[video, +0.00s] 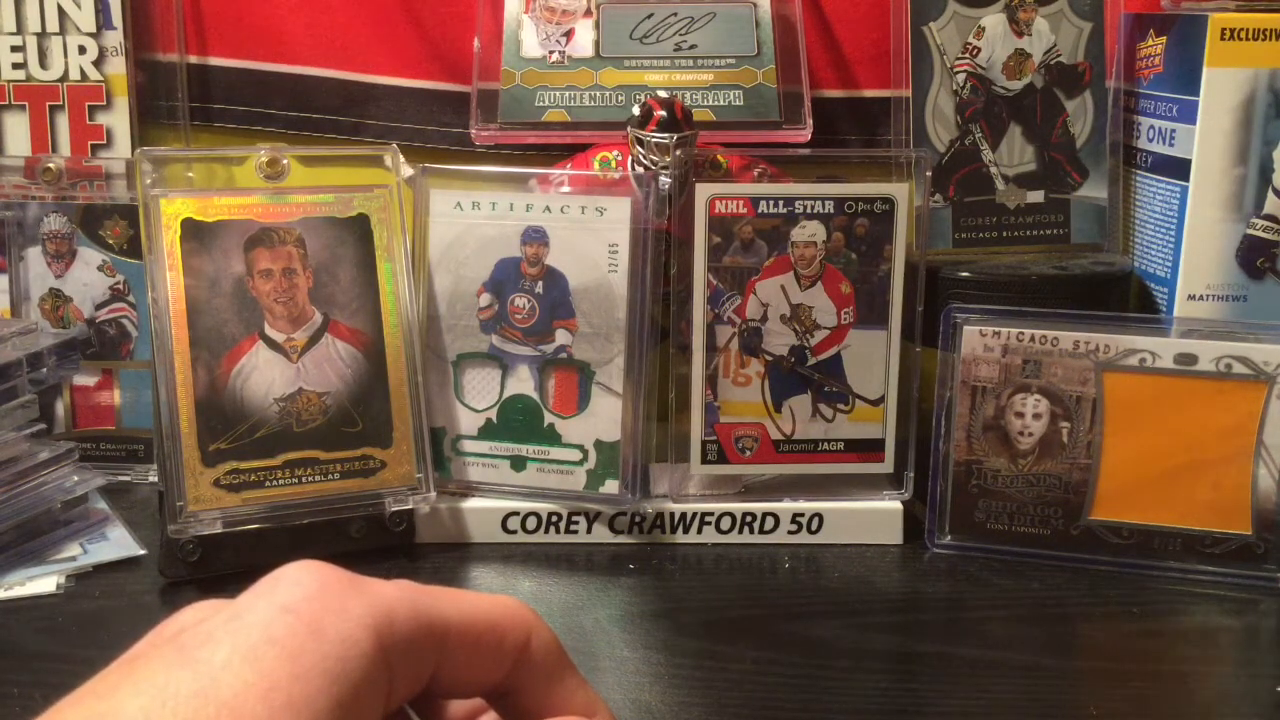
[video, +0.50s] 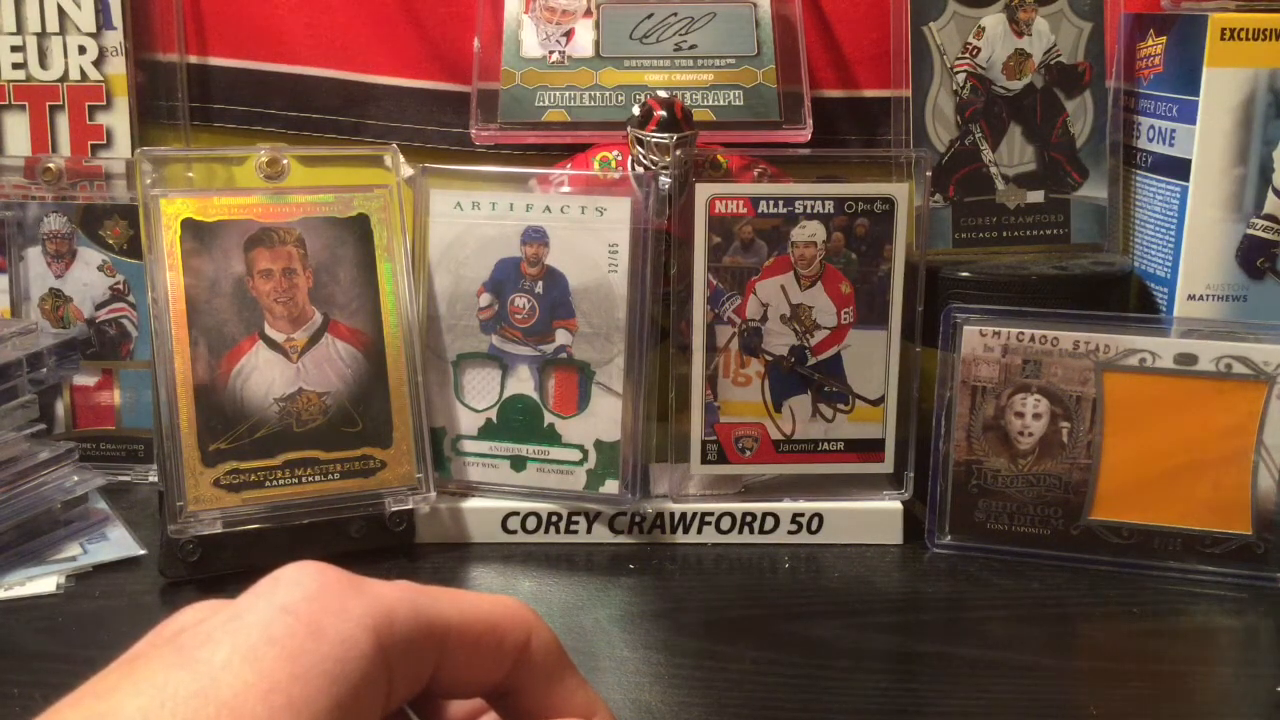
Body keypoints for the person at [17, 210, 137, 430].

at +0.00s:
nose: (57, 246)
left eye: (62, 240)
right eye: (51, 240)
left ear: (72, 240)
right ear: (43, 242)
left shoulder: (96, 264)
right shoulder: (27, 261)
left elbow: (120, 304)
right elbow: (11, 306)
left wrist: (108, 333)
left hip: (87, 360)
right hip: (39, 358)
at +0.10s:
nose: (57, 246)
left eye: (62, 239)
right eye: (51, 240)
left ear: (72, 240)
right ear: (43, 242)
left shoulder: (96, 264)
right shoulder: (27, 261)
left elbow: (120, 304)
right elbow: (12, 307)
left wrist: (108, 333)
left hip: (87, 359)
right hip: (39, 357)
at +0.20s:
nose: (57, 246)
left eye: (62, 239)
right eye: (51, 240)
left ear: (72, 240)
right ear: (43, 242)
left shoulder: (96, 264)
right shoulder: (27, 261)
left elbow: (120, 304)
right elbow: (13, 308)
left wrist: (108, 334)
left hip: (87, 360)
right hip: (39, 358)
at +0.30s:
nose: (57, 246)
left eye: (62, 239)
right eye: (51, 240)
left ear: (72, 239)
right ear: (43, 242)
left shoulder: (96, 264)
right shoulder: (27, 261)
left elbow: (120, 304)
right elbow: (13, 308)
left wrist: (108, 334)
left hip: (87, 360)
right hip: (39, 357)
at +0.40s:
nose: (57, 246)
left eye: (62, 239)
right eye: (51, 240)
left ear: (72, 239)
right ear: (43, 242)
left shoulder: (96, 264)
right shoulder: (27, 261)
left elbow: (120, 304)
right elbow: (13, 308)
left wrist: (108, 334)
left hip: (87, 360)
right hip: (39, 357)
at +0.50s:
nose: (57, 246)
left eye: (62, 239)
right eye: (51, 240)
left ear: (72, 239)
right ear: (43, 242)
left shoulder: (96, 264)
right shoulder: (27, 261)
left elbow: (120, 304)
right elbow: (13, 308)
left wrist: (108, 334)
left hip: (88, 361)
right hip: (40, 358)